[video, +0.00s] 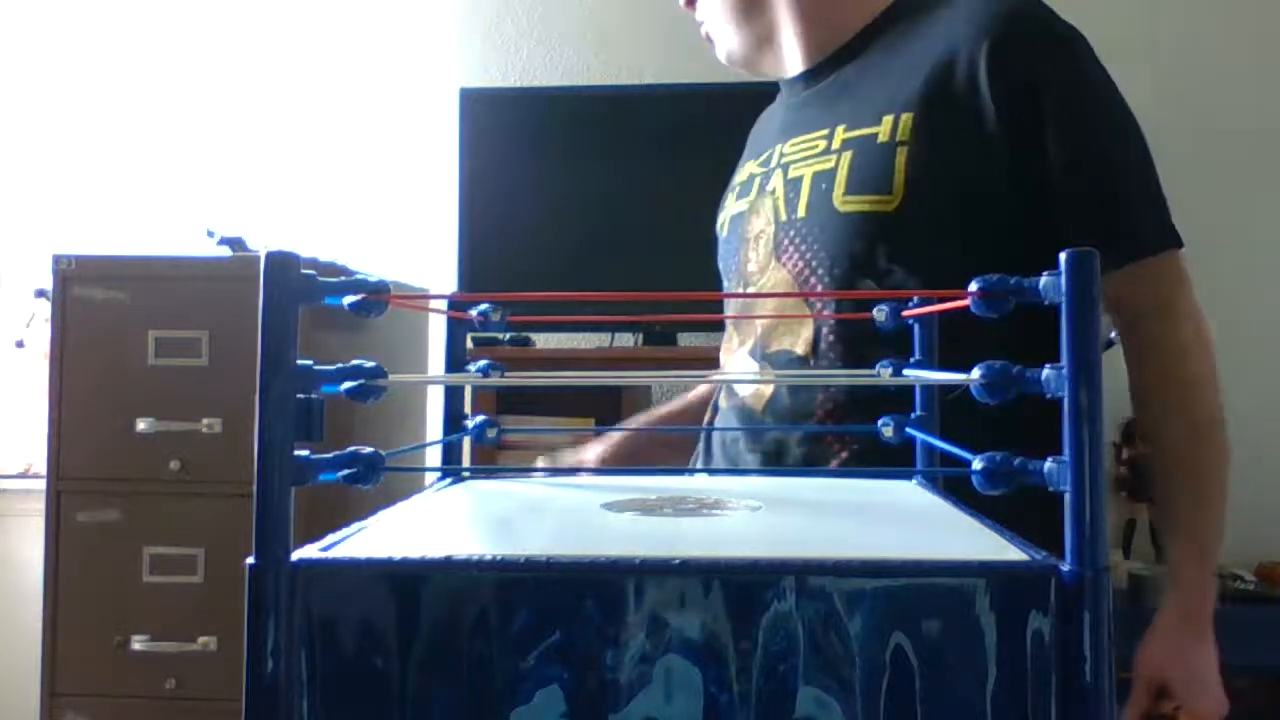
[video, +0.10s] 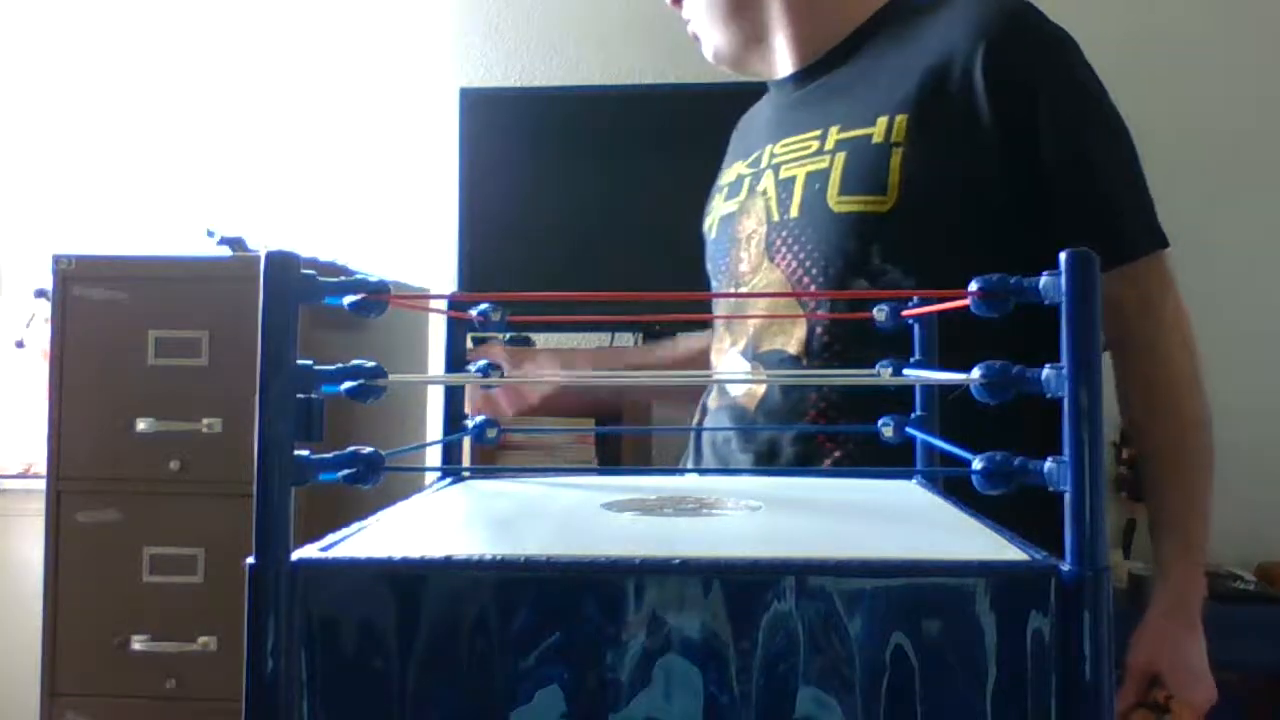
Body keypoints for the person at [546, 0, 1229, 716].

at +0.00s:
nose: (680, 6)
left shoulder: (1000, 44)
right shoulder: (767, 126)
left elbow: (1162, 323)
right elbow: (777, 367)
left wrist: (1187, 609)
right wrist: (631, 441)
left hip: (969, 606)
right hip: (769, 600)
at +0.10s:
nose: (674, 7)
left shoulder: (990, 44)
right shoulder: (752, 125)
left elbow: (1145, 321)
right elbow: (756, 354)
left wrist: (1177, 599)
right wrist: (566, 374)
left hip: (962, 605)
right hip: (752, 603)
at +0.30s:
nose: (650, 3)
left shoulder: (966, 50)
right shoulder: (708, 125)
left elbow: (1115, 318)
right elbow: (653, 313)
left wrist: (1167, 581)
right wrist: (463, 248)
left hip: (935, 598)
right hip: (720, 596)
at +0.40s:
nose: (652, 3)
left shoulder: (939, 55)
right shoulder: (668, 130)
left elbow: (1091, 310)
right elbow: (562, 264)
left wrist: (1144, 562)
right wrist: (394, 211)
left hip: (916, 585)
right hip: (695, 585)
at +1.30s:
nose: (651, 2)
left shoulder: (873, 83)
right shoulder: (561, 123)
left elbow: (965, 319)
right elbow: (450, 251)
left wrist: (1020, 510)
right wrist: (301, 224)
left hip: (832, 532)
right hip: (613, 535)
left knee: (833, 703)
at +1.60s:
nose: (660, 7)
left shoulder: (876, 77)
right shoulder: (565, 121)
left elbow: (964, 313)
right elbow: (477, 273)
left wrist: (1017, 506)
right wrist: (313, 172)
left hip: (836, 533)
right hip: (614, 538)